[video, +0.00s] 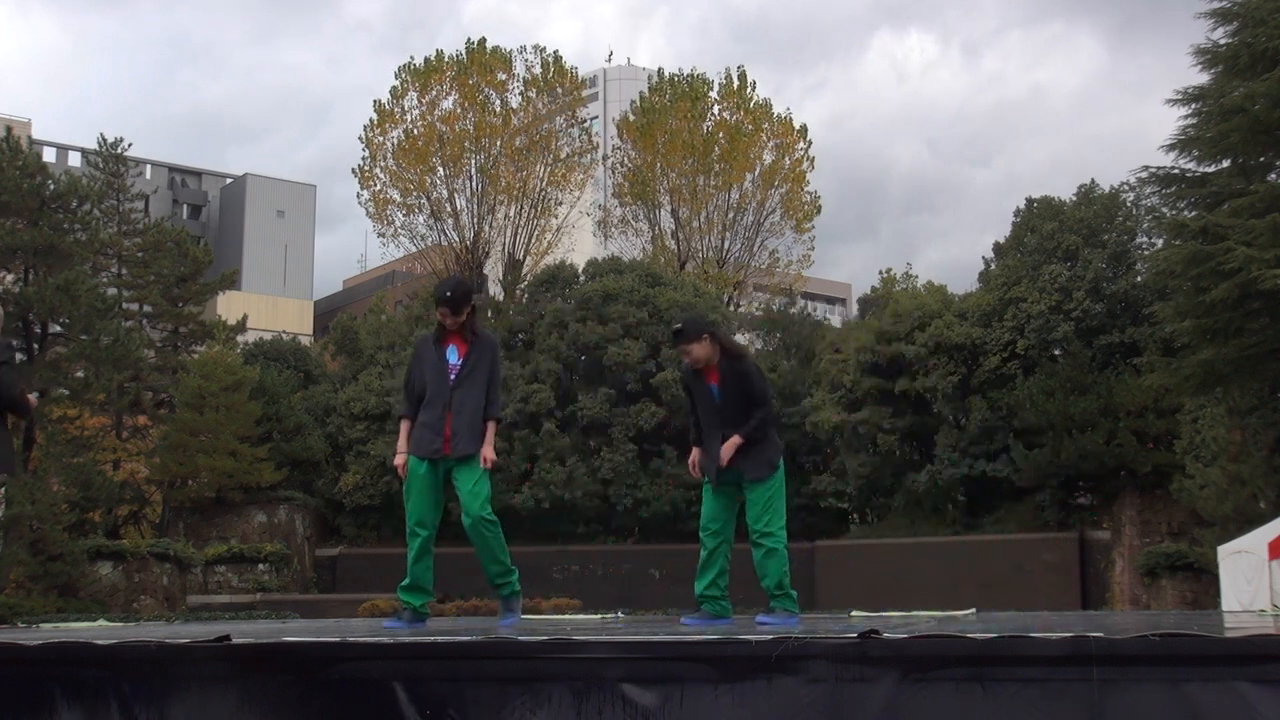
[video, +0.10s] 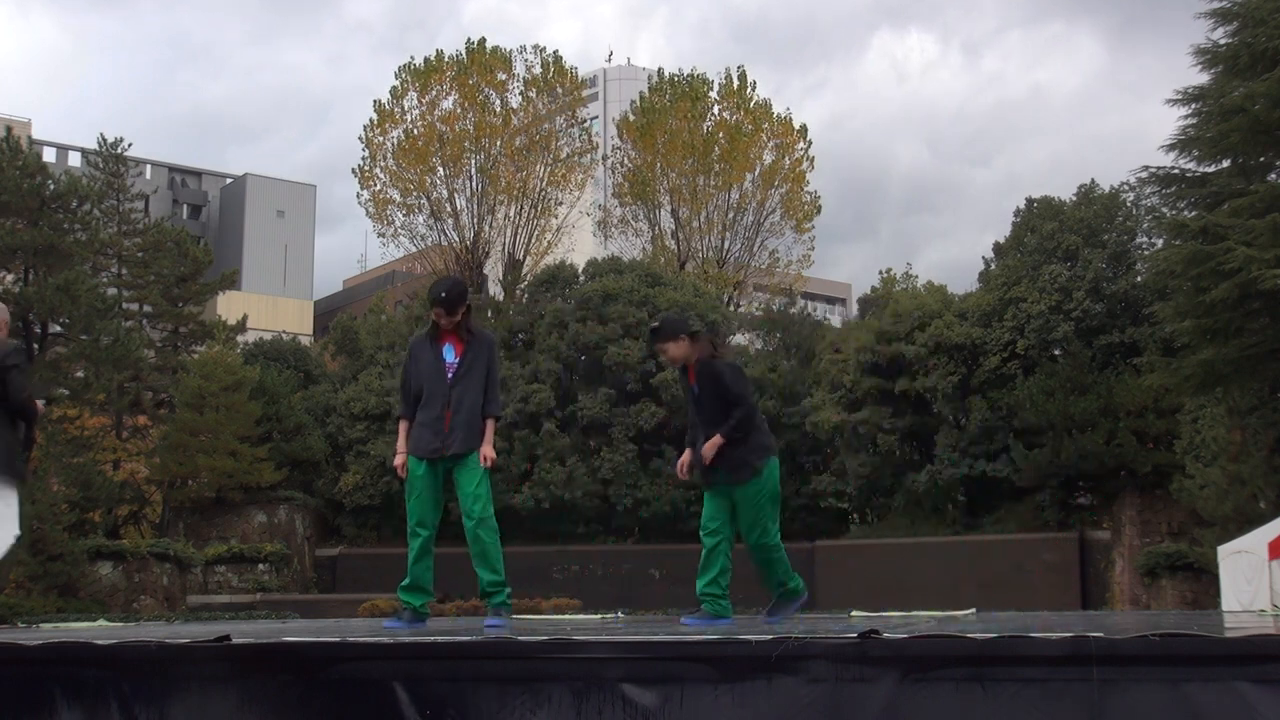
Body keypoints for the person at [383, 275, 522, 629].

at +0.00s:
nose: (449, 319)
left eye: (456, 313)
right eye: (443, 313)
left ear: (470, 309)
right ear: (436, 309)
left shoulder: (486, 345)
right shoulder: (425, 344)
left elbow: (493, 398)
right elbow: (410, 398)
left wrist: (489, 442)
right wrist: (402, 446)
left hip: (468, 450)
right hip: (423, 451)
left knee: (477, 516)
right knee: (419, 527)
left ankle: (509, 594)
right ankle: (414, 607)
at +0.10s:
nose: (444, 319)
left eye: (451, 313)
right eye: (439, 313)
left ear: (465, 308)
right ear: (430, 309)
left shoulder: (483, 343)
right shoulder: (419, 345)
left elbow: (492, 397)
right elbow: (407, 399)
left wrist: (488, 441)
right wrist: (401, 446)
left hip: (468, 448)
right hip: (422, 449)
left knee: (480, 521)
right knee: (419, 528)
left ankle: (497, 605)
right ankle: (414, 607)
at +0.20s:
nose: (443, 319)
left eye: (450, 313)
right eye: (437, 312)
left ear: (464, 306)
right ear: (429, 308)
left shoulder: (483, 342)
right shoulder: (420, 344)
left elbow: (495, 396)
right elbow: (409, 401)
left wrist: (492, 441)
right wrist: (405, 448)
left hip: (470, 448)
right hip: (424, 450)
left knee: (480, 525)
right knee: (421, 529)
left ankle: (494, 605)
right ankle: (414, 607)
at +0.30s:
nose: (445, 319)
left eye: (452, 312)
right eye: (439, 312)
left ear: (465, 305)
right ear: (430, 307)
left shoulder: (484, 339)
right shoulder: (421, 343)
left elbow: (498, 394)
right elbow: (412, 400)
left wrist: (496, 441)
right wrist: (409, 447)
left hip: (474, 447)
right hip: (428, 448)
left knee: (484, 526)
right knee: (423, 528)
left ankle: (493, 606)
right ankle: (414, 607)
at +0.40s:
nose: (448, 318)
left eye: (455, 311)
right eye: (442, 312)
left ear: (468, 304)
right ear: (434, 306)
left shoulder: (489, 339)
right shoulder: (424, 342)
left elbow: (500, 393)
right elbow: (415, 399)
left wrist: (500, 440)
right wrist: (413, 447)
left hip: (478, 449)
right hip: (432, 449)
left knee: (486, 526)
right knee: (424, 528)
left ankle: (494, 606)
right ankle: (414, 607)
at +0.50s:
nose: (452, 317)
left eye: (459, 311)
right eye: (446, 311)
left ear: (472, 305)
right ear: (437, 307)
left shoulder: (492, 340)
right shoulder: (427, 342)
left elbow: (501, 393)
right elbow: (420, 399)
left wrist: (501, 441)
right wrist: (416, 448)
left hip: (480, 448)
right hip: (435, 449)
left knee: (488, 526)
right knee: (426, 527)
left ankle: (494, 606)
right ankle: (415, 607)